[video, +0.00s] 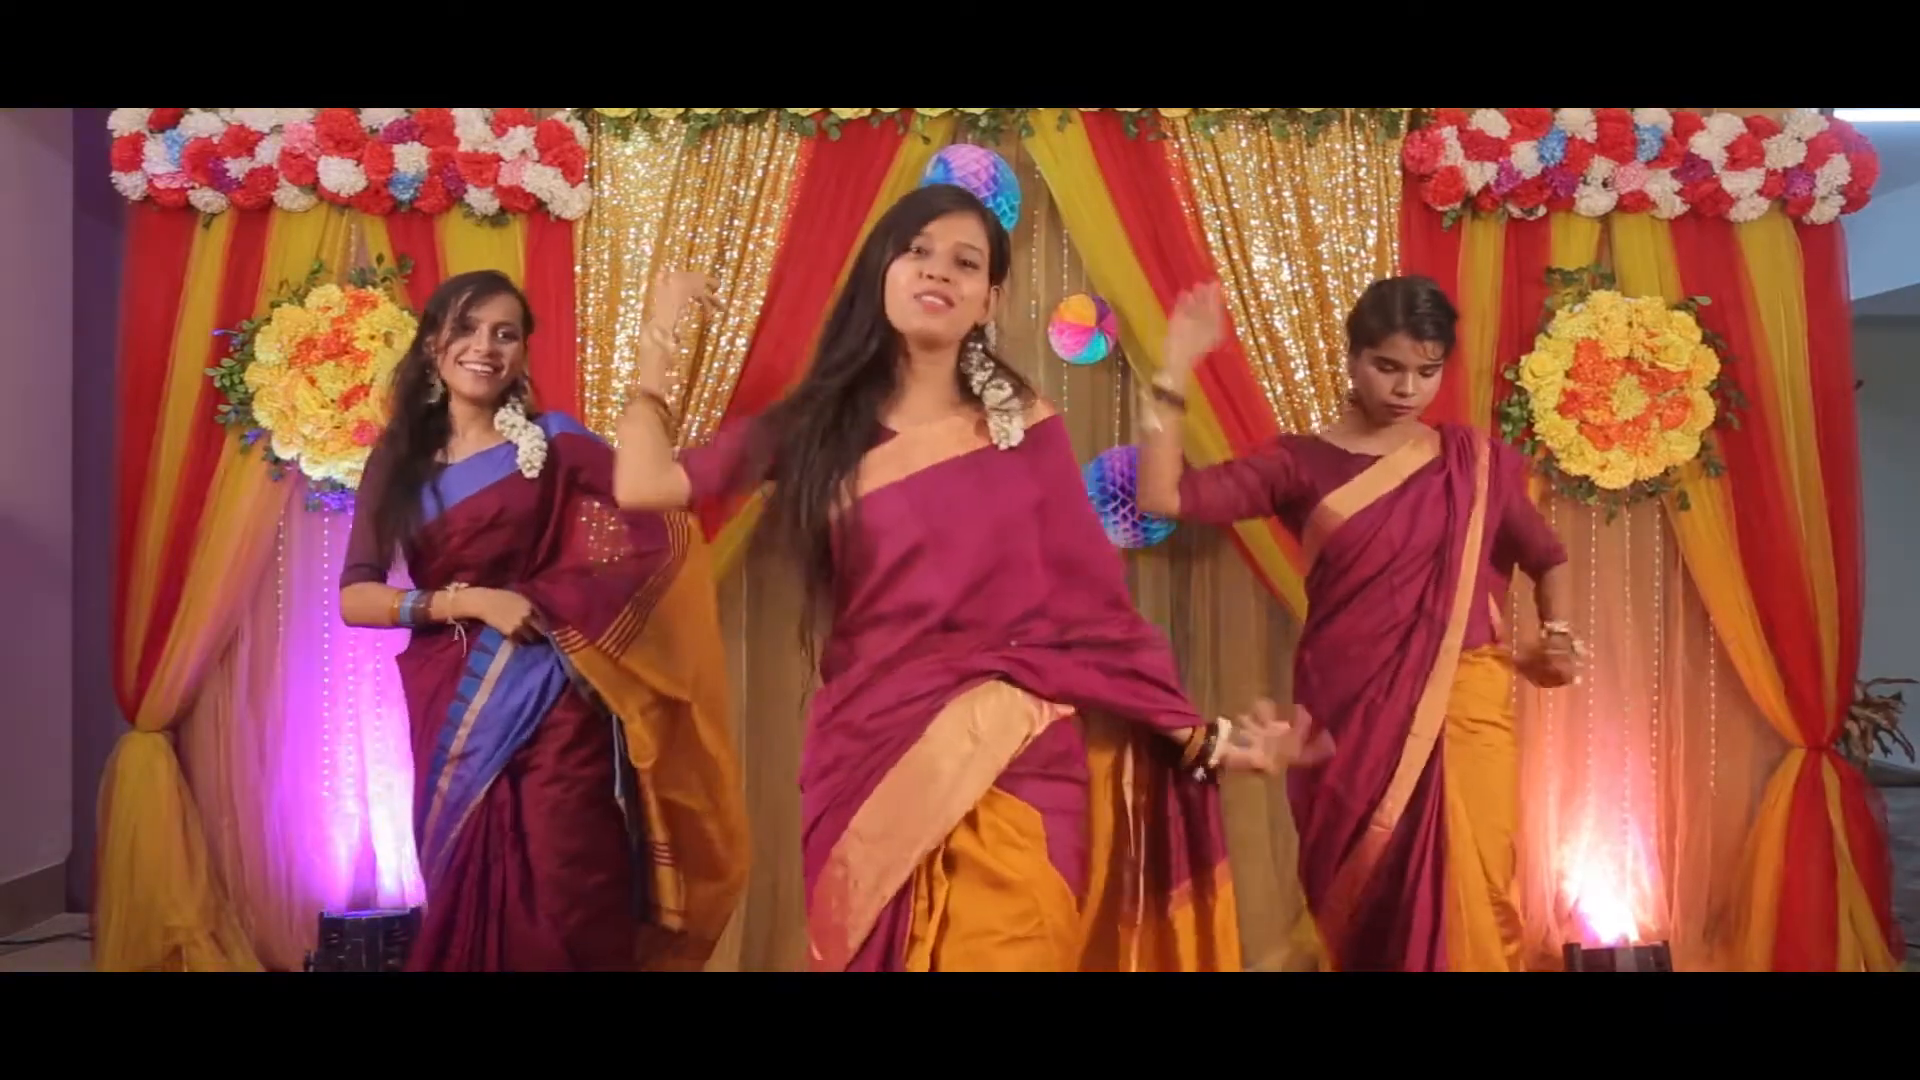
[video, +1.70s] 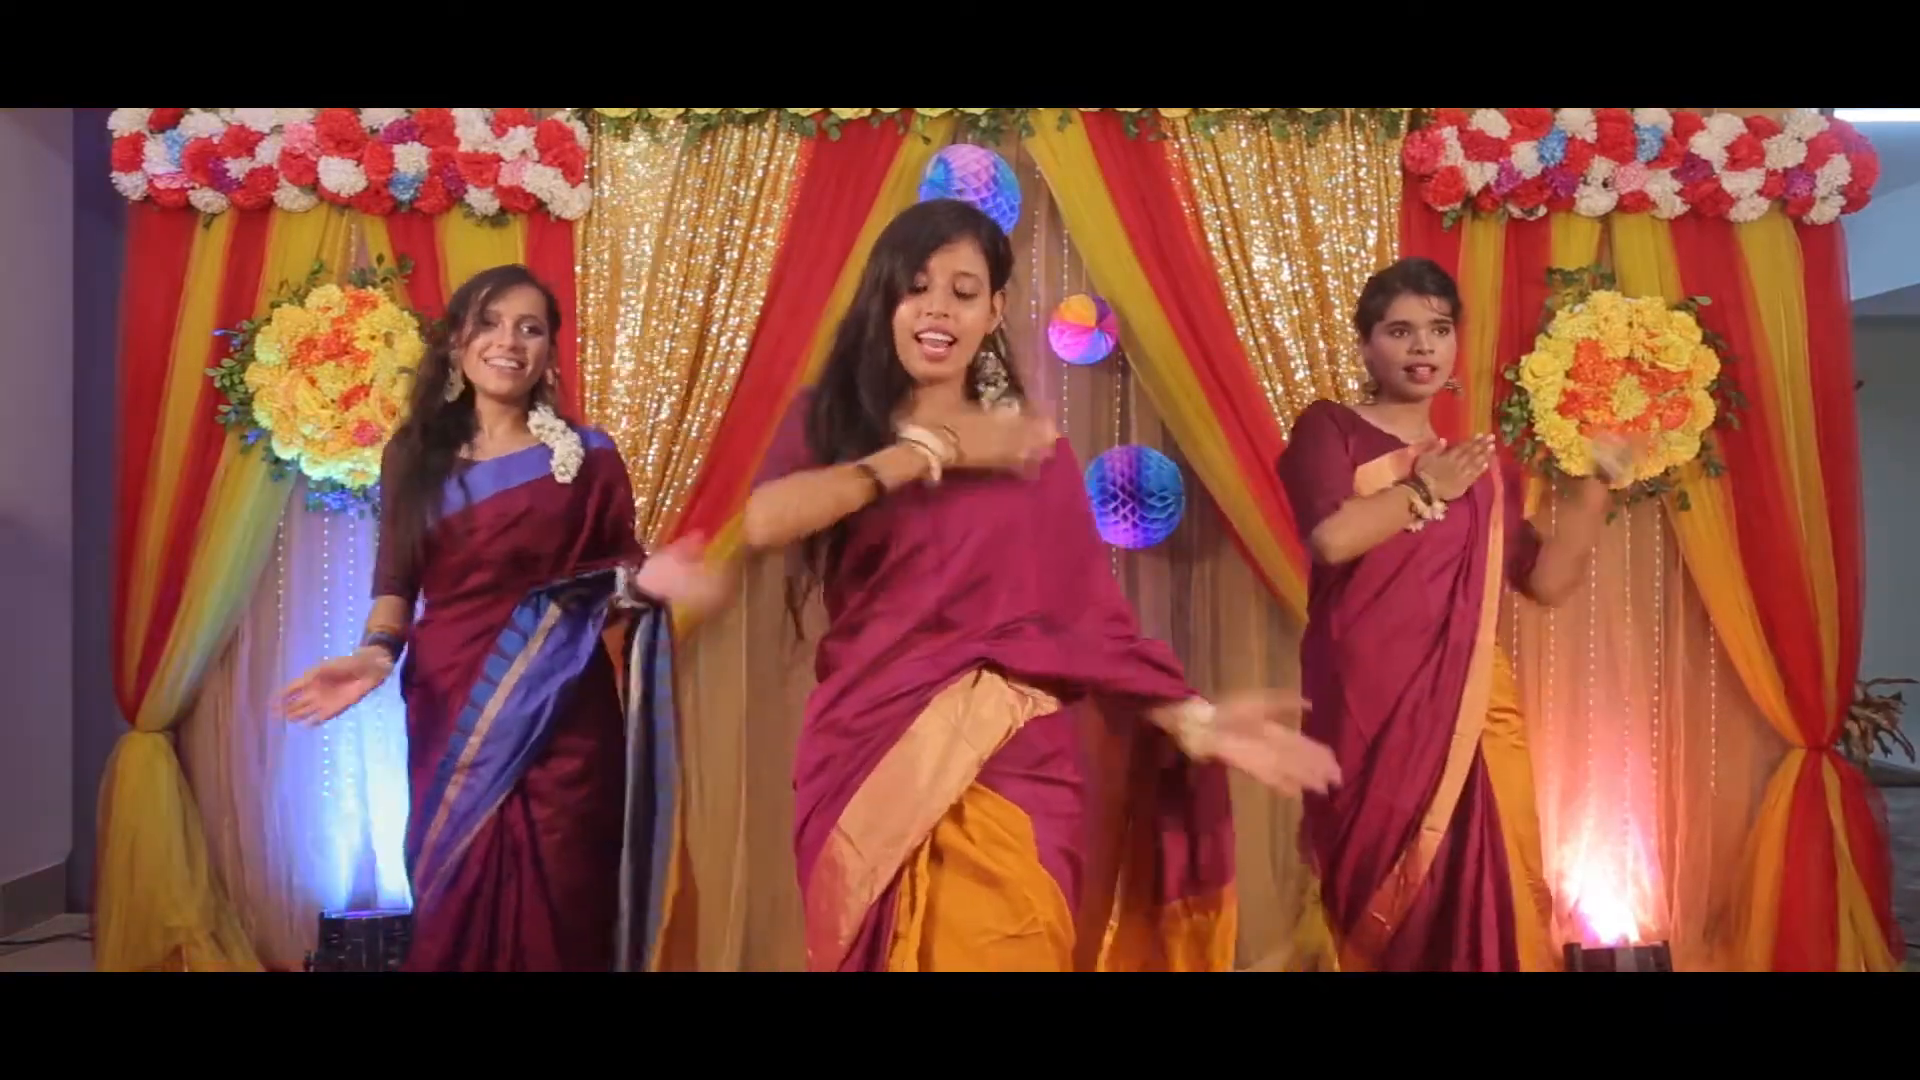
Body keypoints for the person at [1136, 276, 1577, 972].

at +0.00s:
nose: (1407, 388)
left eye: (1425, 370)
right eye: (1388, 367)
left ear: (1444, 365)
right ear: (1352, 358)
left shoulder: (1474, 457)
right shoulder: (1305, 461)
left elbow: (1550, 559)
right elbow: (1162, 495)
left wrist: (1557, 637)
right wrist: (1174, 369)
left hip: (1468, 706)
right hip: (1352, 716)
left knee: (1473, 907)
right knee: (1359, 915)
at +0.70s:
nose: (1411, 356)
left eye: (1430, 340)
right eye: (1392, 336)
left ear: (1451, 346)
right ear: (1360, 337)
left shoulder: (1493, 440)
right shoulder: (1321, 447)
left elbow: (1564, 542)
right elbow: (1243, 541)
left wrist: (1561, 630)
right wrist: (1280, 426)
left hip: (1480, 693)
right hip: (1363, 702)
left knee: (1488, 901)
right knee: (1366, 910)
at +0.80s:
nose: (1411, 352)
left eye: (1430, 335)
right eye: (1392, 332)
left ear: (1451, 343)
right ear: (1361, 336)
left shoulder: (1492, 440)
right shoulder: (1315, 444)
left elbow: (1564, 550)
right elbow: (1257, 580)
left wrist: (1569, 639)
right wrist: (1284, 520)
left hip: (1483, 691)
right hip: (1364, 700)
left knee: (1492, 904)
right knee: (1370, 907)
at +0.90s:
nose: (1412, 357)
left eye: (1431, 341)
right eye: (1394, 338)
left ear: (1451, 350)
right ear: (1360, 344)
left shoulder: (1497, 447)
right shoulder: (1312, 465)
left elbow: (1545, 580)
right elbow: (1289, 615)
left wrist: (1578, 678)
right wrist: (1331, 614)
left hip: (1480, 705)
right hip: (1365, 717)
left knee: (1488, 913)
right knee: (1370, 919)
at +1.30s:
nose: (1417, 342)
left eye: (1436, 327)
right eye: (1398, 323)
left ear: (1452, 342)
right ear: (1361, 333)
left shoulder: (1485, 449)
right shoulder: (1317, 445)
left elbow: (1515, 597)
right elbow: (1307, 575)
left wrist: (1589, 706)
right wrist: (1341, 518)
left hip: (1491, 694)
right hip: (1379, 702)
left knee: (1513, 900)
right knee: (1390, 904)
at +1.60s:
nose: (1420, 354)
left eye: (1435, 337)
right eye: (1398, 337)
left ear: (1455, 353)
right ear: (1361, 352)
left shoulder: (1461, 465)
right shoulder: (1328, 434)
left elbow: (1502, 609)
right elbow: (1344, 552)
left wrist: (1639, 594)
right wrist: (1431, 496)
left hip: (1472, 711)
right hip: (1371, 713)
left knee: (1498, 905)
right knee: (1387, 913)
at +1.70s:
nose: (1422, 345)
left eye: (1438, 328)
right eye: (1399, 329)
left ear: (1457, 344)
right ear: (1364, 345)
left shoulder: (1476, 463)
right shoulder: (1329, 427)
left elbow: (1546, 579)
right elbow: (1330, 536)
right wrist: (1424, 490)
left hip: (1477, 706)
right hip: (1371, 708)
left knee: (1498, 894)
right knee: (1387, 905)